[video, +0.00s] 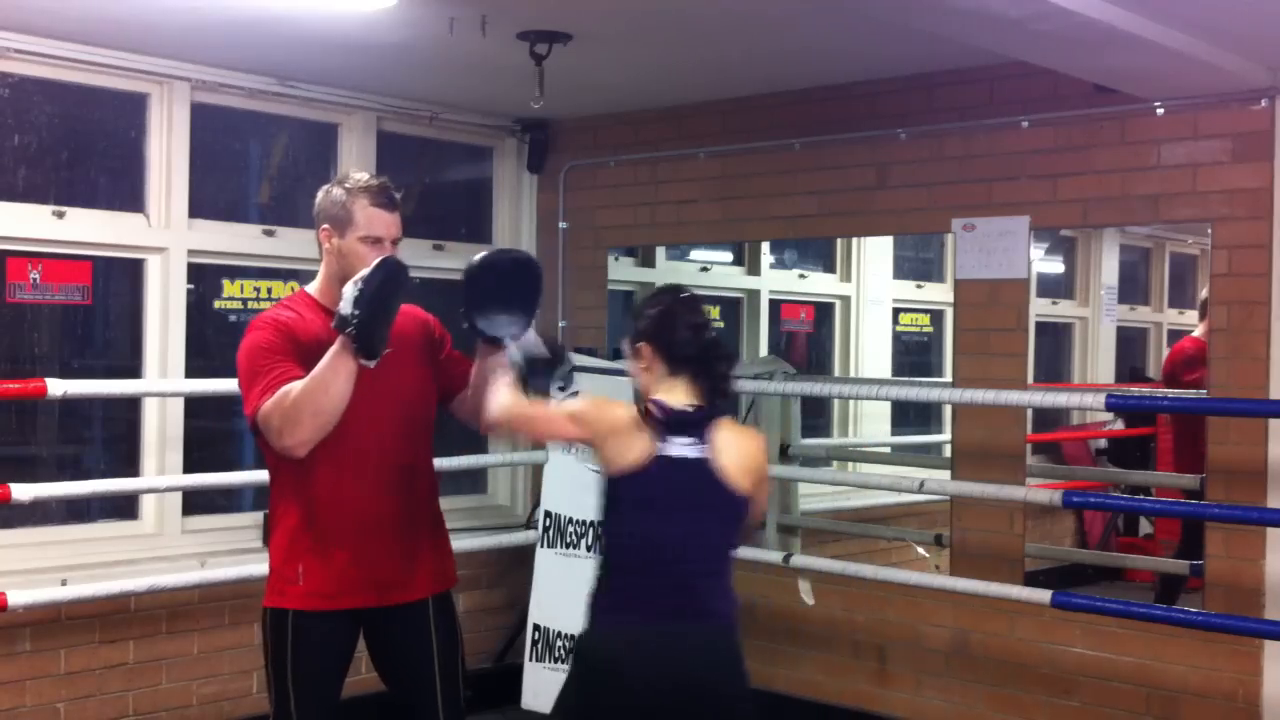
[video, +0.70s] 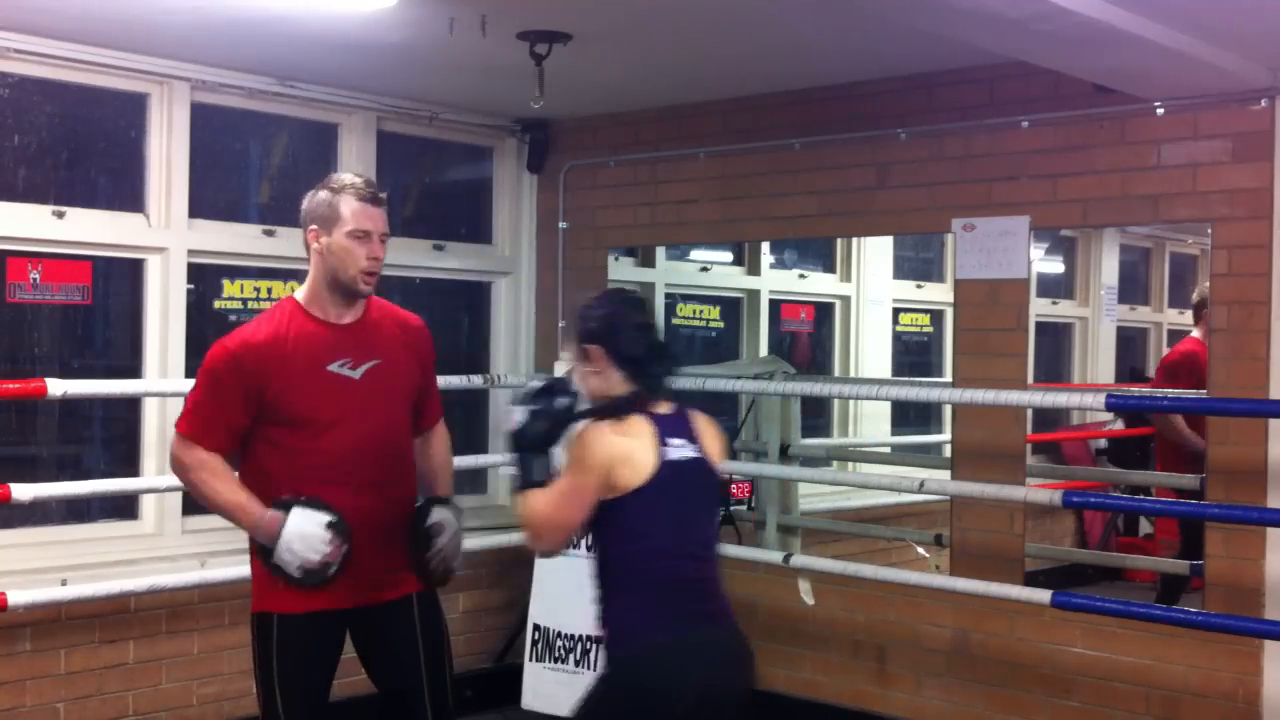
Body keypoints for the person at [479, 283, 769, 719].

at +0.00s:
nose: (632, 370)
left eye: (631, 359)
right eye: (630, 360)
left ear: (646, 357)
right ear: (708, 358)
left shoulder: (612, 421)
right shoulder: (749, 446)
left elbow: (501, 411)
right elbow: (746, 524)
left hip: (618, 654)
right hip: (708, 657)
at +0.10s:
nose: (582, 363)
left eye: (585, 354)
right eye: (584, 353)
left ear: (598, 364)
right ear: (654, 363)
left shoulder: (563, 422)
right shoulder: (696, 452)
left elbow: (492, 405)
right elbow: (738, 531)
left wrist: (509, 348)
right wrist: (696, 496)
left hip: (592, 669)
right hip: (680, 668)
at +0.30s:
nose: (493, 378)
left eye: (498, 363)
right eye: (492, 363)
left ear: (534, 364)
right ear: (536, 366)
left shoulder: (601, 449)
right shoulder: (540, 434)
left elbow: (592, 573)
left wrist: (523, 514)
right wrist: (506, 475)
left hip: (639, 674)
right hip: (599, 666)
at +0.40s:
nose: (479, 393)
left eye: (482, 378)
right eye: (477, 380)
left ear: (515, 379)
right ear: (517, 380)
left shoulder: (590, 465)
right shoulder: (541, 443)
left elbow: (542, 584)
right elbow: (453, 427)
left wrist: (502, 506)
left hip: (630, 677)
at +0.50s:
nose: (482, 389)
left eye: (483, 373)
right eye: (479, 374)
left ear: (511, 371)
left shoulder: (566, 456)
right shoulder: (586, 427)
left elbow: (502, 566)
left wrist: (475, 479)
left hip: (620, 679)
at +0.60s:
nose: (525, 379)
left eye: (524, 365)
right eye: (522, 366)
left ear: (543, 358)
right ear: (594, 352)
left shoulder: (563, 445)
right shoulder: (651, 424)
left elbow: (497, 541)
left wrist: (481, 456)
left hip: (622, 672)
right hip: (689, 657)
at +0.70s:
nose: (576, 375)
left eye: (577, 362)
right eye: (576, 362)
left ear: (596, 359)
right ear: (648, 351)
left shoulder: (603, 440)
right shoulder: (706, 430)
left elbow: (545, 534)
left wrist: (530, 453)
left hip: (647, 668)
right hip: (722, 659)